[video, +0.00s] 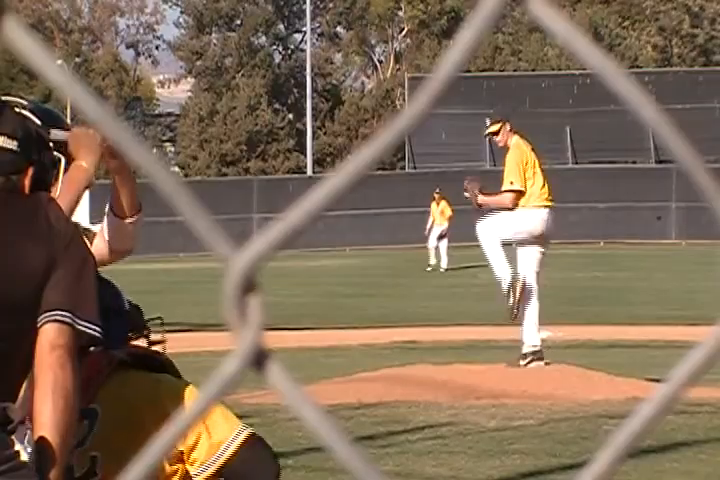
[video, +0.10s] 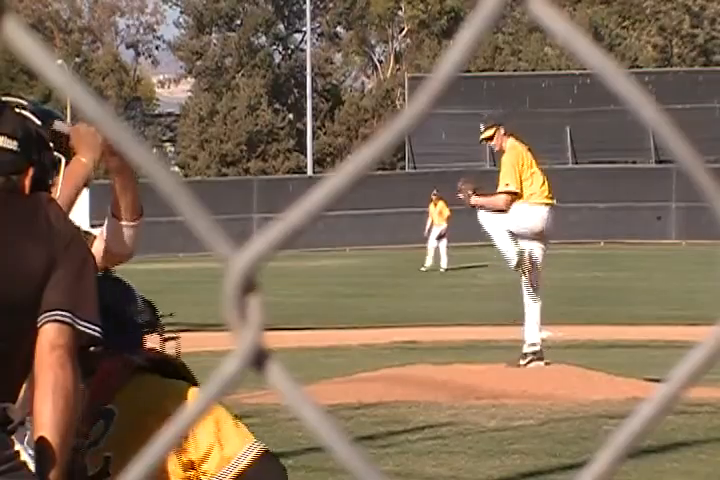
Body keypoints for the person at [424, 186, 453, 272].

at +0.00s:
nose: (437, 195)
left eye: (439, 193)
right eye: (436, 193)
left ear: (441, 195)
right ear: (434, 194)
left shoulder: (444, 203)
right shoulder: (433, 204)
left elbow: (449, 214)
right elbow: (431, 216)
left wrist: (445, 227)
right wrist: (427, 228)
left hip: (443, 226)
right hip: (435, 226)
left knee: (443, 246)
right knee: (431, 244)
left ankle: (444, 265)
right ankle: (432, 261)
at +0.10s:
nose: (434, 197)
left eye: (436, 196)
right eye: (433, 195)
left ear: (438, 196)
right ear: (431, 196)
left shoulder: (442, 204)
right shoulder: (431, 205)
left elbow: (447, 214)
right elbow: (430, 218)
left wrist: (444, 229)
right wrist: (426, 229)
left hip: (442, 226)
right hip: (434, 226)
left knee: (442, 246)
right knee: (430, 245)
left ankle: (443, 265)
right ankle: (428, 263)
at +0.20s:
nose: (430, 201)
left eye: (432, 199)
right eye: (429, 199)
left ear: (435, 199)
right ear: (428, 200)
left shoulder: (440, 207)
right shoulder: (429, 208)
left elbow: (445, 223)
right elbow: (428, 220)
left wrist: (441, 230)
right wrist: (425, 231)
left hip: (441, 228)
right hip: (433, 229)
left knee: (442, 248)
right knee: (430, 248)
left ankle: (443, 265)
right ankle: (427, 265)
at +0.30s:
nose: (427, 203)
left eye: (429, 201)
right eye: (426, 201)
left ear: (432, 201)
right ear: (425, 202)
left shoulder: (437, 208)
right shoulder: (426, 209)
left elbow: (444, 223)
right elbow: (426, 223)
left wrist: (441, 230)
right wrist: (425, 234)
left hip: (440, 229)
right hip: (432, 229)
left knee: (441, 248)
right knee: (428, 248)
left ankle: (444, 264)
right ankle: (426, 266)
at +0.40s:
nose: (426, 204)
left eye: (427, 202)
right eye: (425, 203)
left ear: (430, 202)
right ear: (424, 203)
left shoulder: (437, 209)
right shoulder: (424, 210)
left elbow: (444, 222)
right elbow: (425, 222)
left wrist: (441, 229)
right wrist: (426, 231)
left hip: (439, 229)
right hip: (431, 230)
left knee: (442, 248)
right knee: (428, 248)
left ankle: (448, 262)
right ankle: (425, 266)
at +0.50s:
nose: (426, 205)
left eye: (427, 203)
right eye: (425, 203)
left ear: (430, 204)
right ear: (423, 204)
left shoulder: (434, 209)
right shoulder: (424, 212)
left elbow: (443, 214)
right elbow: (424, 222)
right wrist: (427, 232)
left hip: (440, 230)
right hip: (432, 231)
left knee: (443, 247)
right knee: (428, 248)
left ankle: (451, 262)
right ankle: (426, 266)